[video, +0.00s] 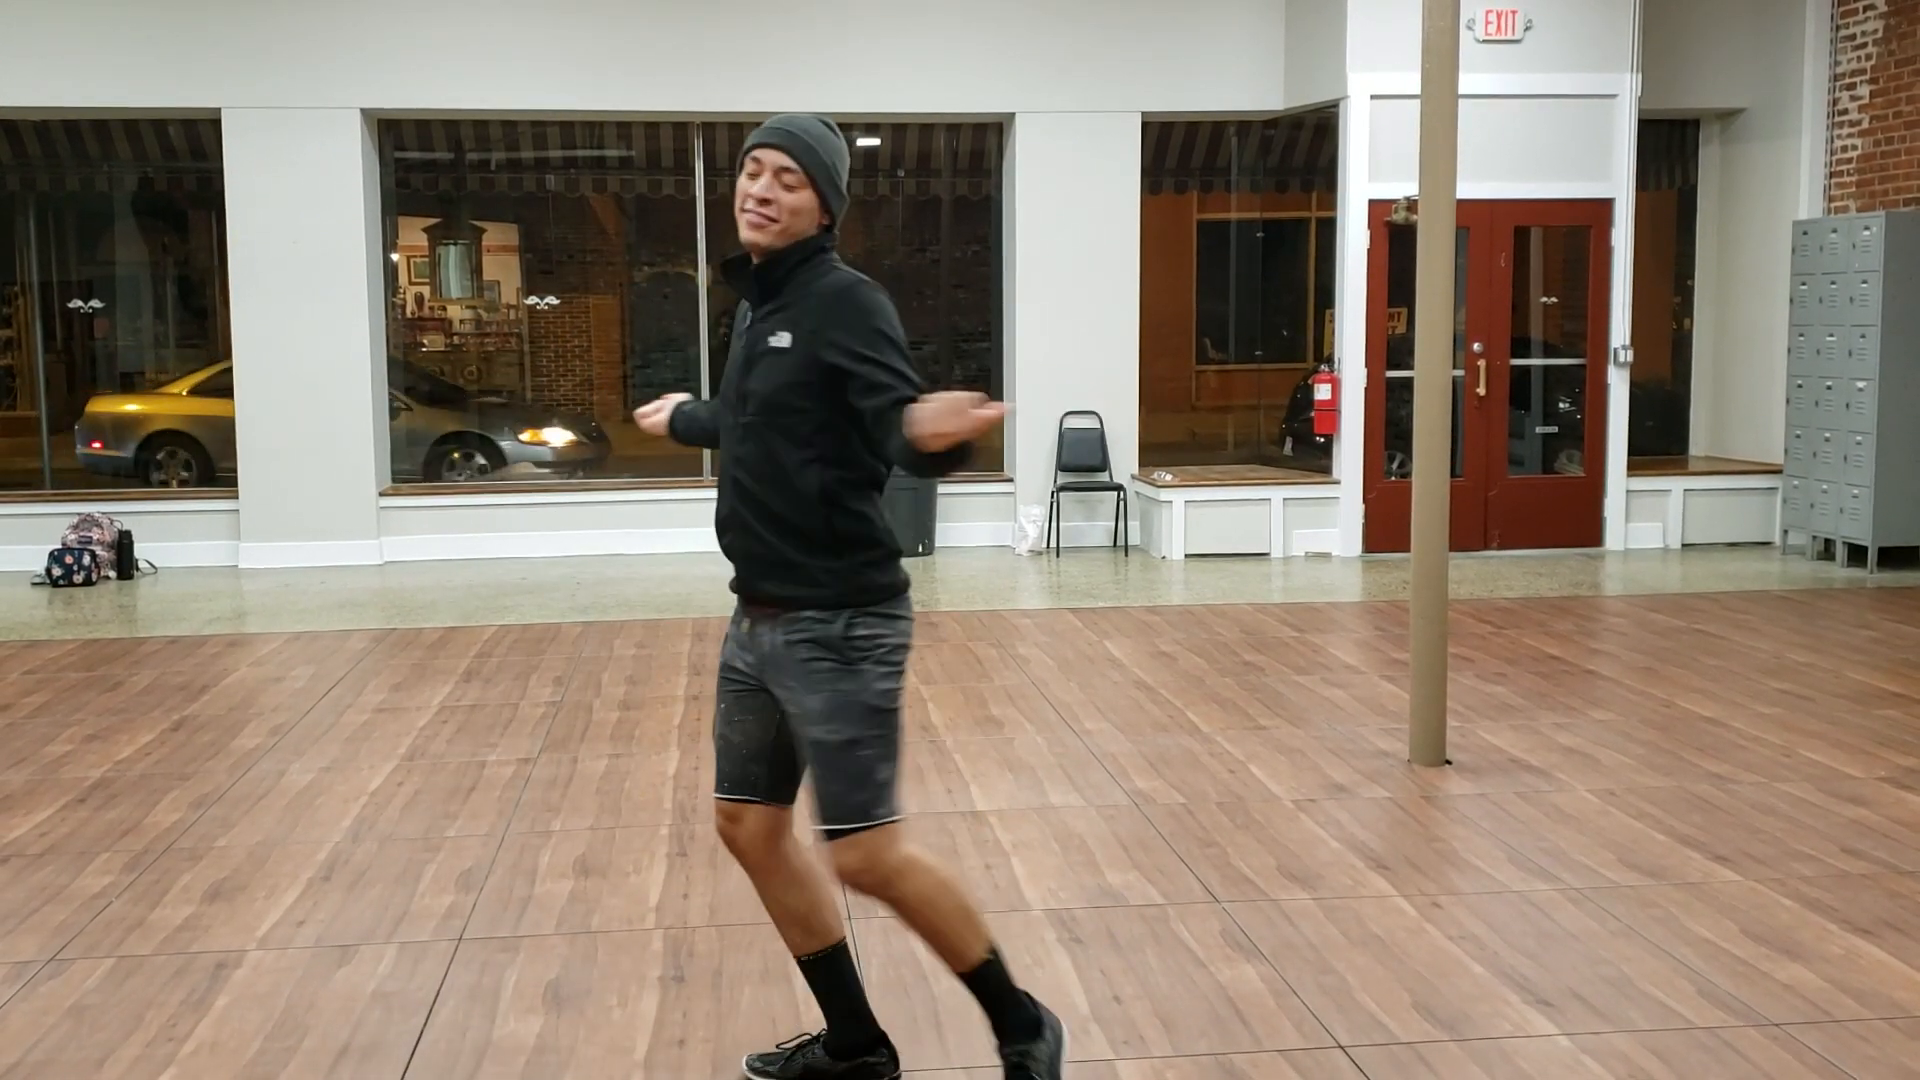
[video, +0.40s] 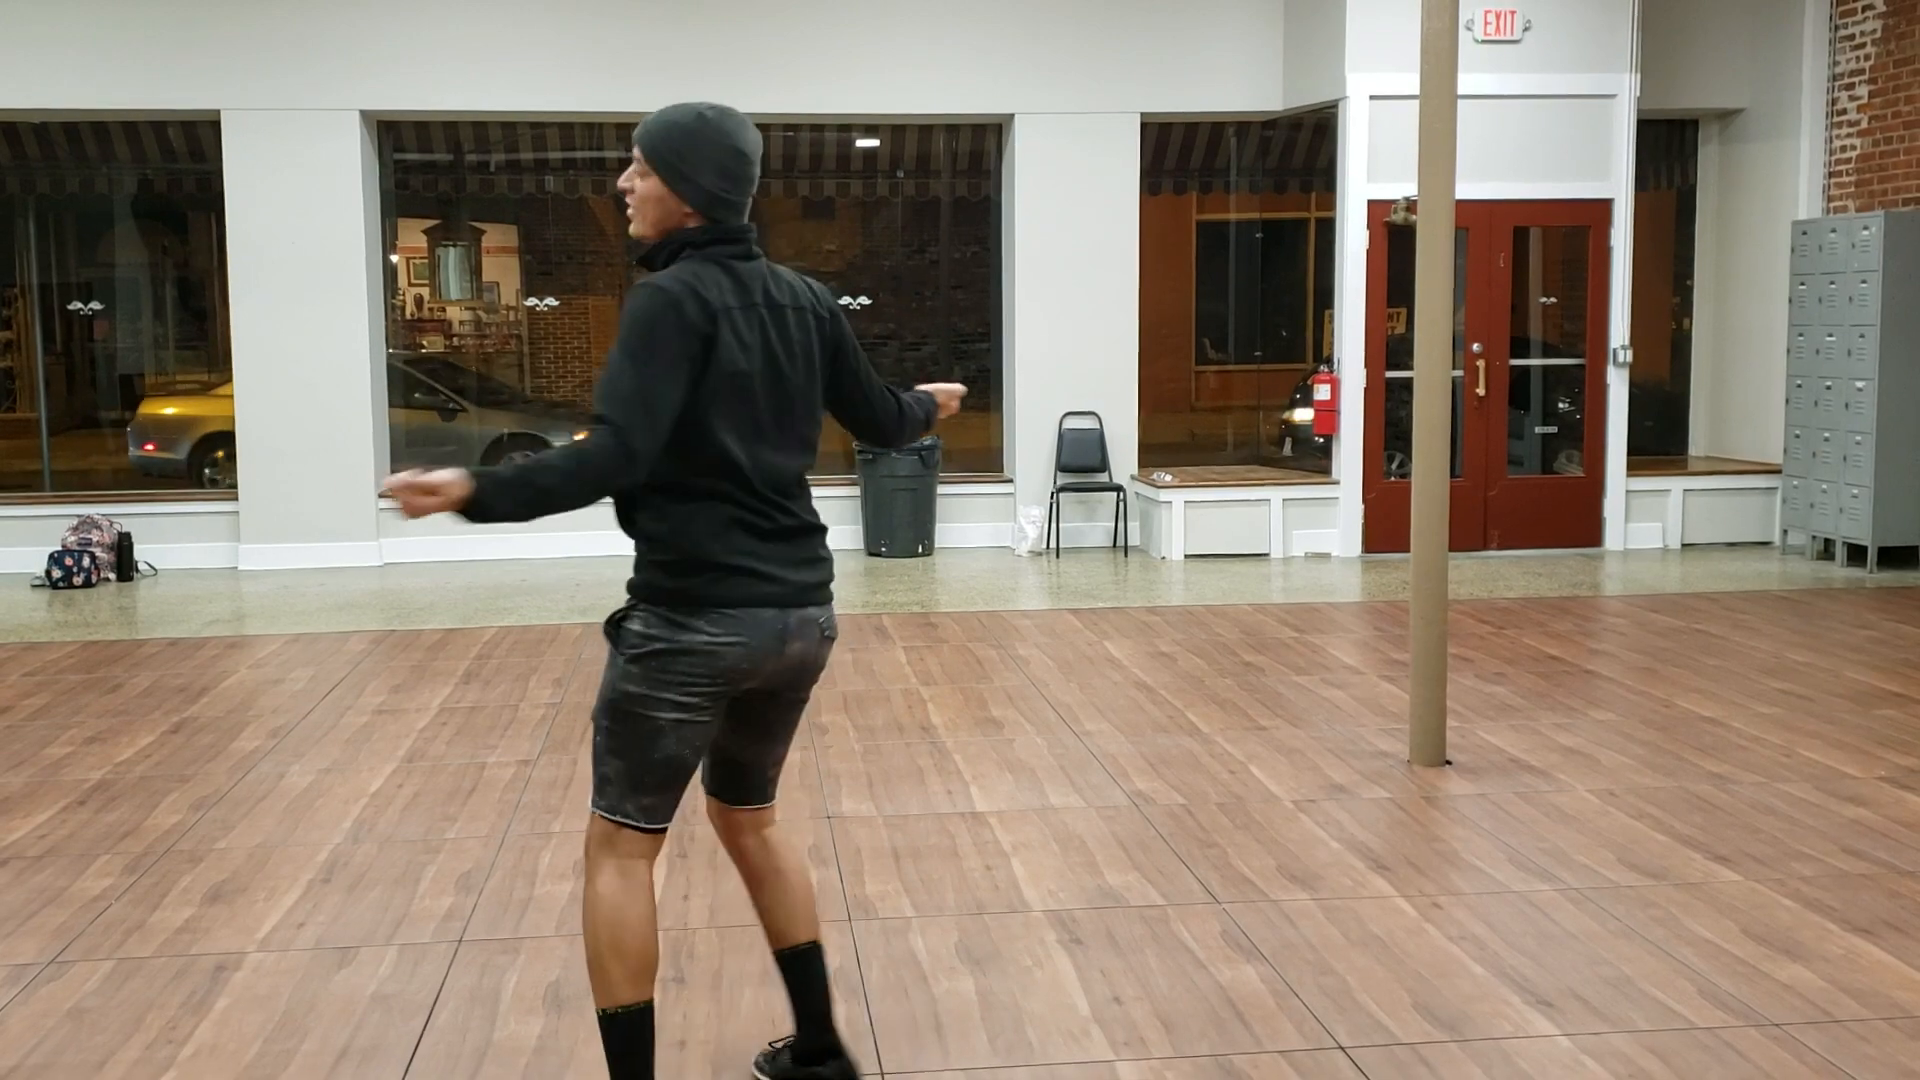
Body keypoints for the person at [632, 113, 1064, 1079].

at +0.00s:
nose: (759, 191)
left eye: (786, 181)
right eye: (752, 173)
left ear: (826, 206)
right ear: (736, 189)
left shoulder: (849, 301)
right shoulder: (757, 307)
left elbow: (896, 429)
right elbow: (755, 428)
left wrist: (925, 426)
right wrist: (681, 415)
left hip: (846, 622)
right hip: (762, 615)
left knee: (865, 850)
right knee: (748, 824)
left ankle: (1020, 1022)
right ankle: (854, 1040)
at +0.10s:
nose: (727, 189)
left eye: (753, 178)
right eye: (722, 171)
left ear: (796, 202)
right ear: (712, 184)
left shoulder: (806, 294)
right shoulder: (756, 291)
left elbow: (841, 417)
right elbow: (774, 400)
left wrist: (827, 448)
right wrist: (728, 399)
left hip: (808, 609)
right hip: (769, 601)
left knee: (744, 848)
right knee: (770, 835)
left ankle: (950, 997)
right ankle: (852, 1039)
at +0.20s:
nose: (686, 179)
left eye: (711, 166)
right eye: (687, 161)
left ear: (763, 189)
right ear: (707, 179)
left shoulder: (753, 282)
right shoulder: (782, 279)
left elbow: (788, 415)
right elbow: (817, 424)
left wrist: (726, 446)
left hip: (769, 599)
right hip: (816, 589)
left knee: (657, 823)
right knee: (777, 812)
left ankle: (832, 1025)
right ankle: (845, 1024)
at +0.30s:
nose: (650, 177)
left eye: (673, 163)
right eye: (654, 159)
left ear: (727, 183)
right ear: (742, 190)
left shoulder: (712, 288)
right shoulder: (802, 285)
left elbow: (710, 441)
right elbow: (853, 402)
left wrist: (604, 462)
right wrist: (874, 389)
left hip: (725, 608)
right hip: (817, 599)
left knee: (634, 821)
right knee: (769, 803)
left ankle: (676, 1071)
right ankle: (850, 1039)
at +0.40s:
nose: (623, 184)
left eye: (640, 170)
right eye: (629, 168)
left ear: (691, 191)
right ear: (718, 194)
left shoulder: (667, 300)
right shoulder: (808, 302)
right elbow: (881, 417)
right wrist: (924, 406)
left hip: (691, 624)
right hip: (800, 620)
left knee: (622, 844)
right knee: (745, 810)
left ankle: (632, 1074)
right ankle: (819, 1044)